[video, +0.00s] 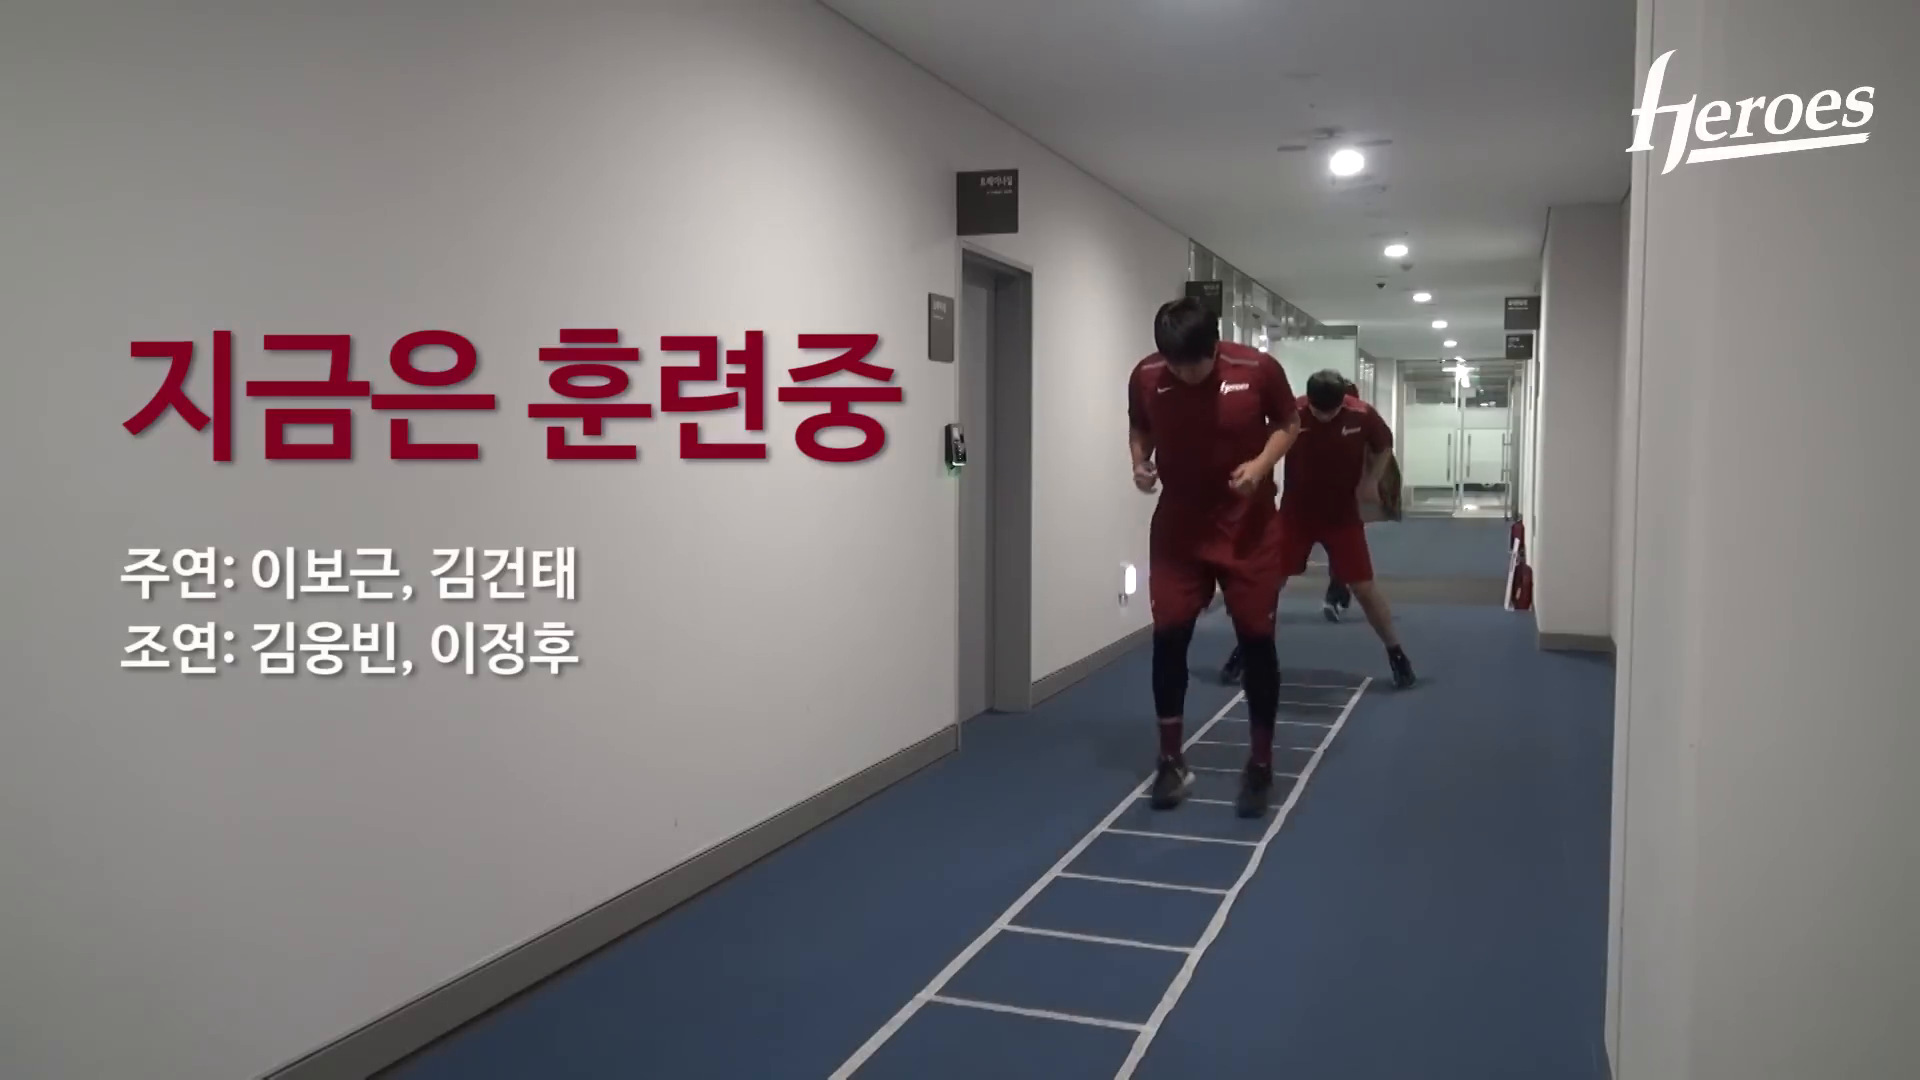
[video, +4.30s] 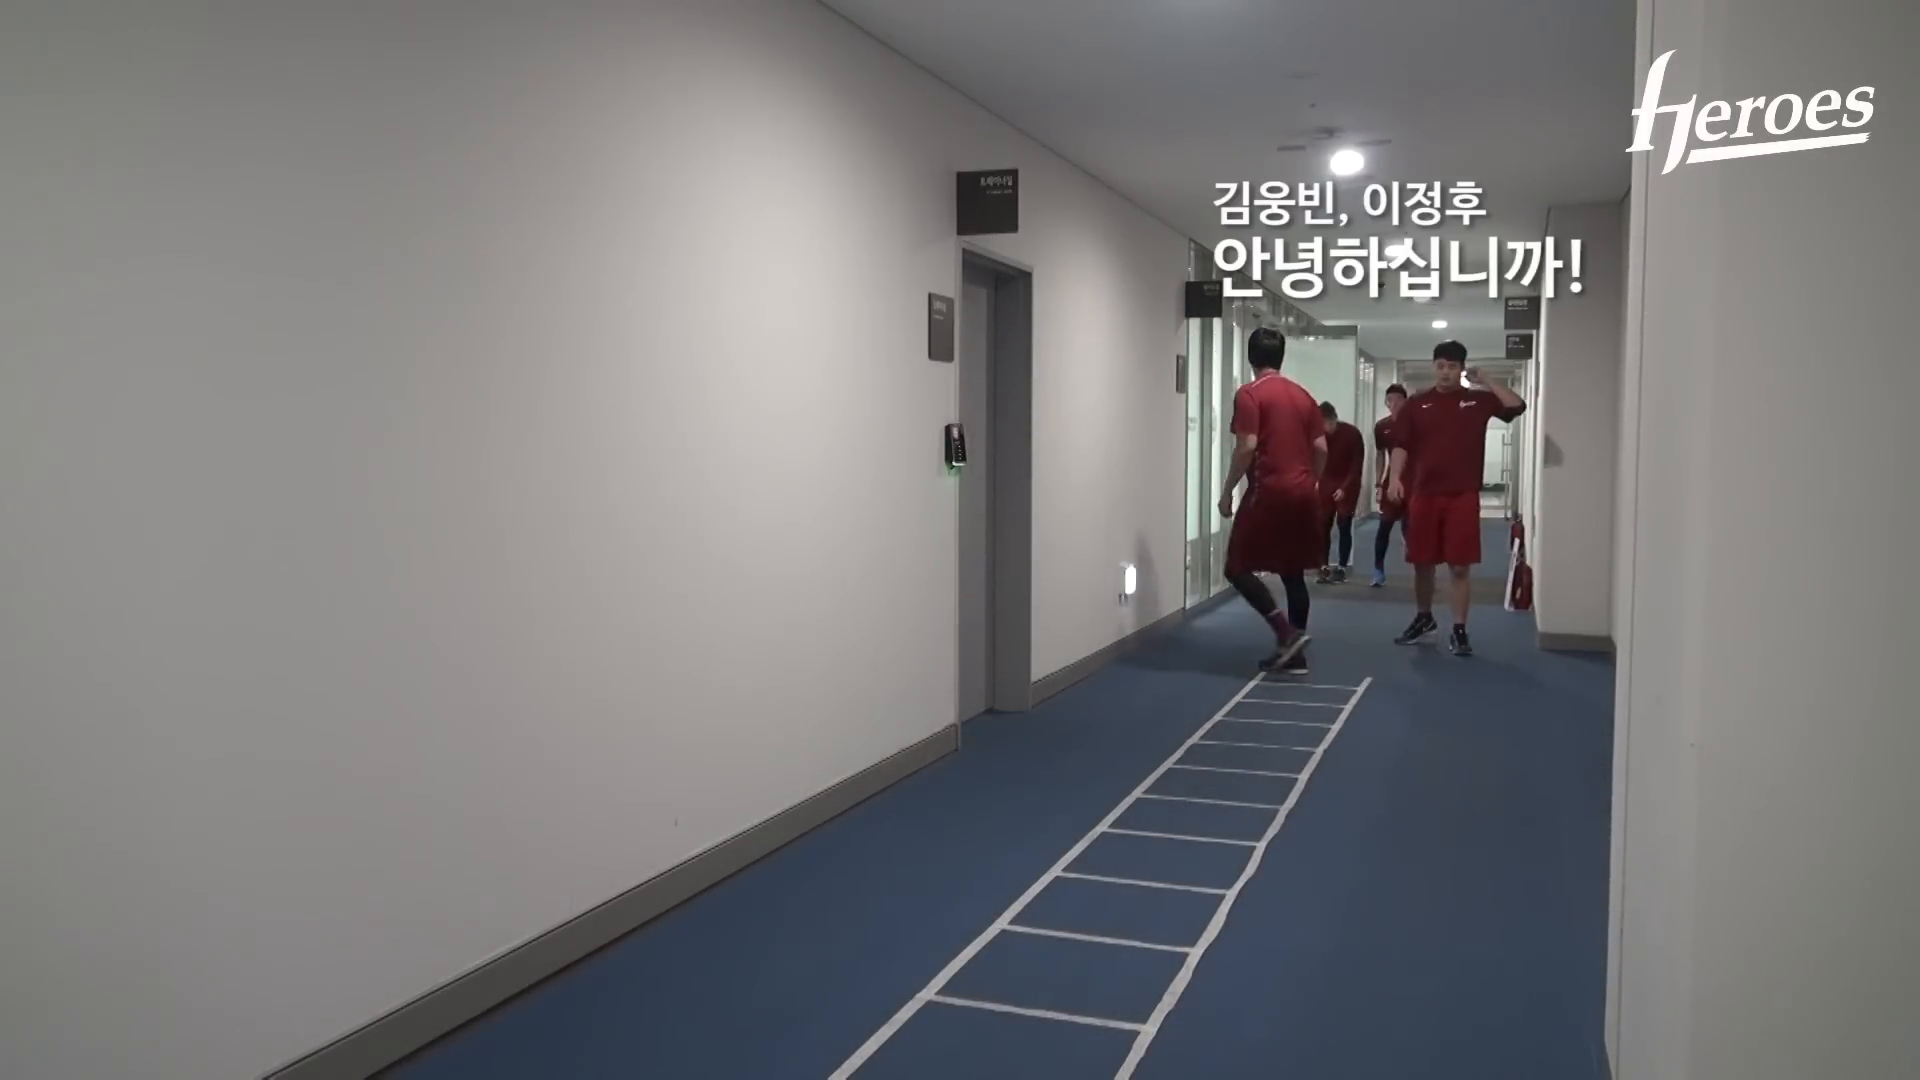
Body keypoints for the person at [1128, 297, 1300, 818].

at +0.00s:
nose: (1187, 375)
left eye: (1195, 365)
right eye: (1178, 367)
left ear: (1214, 346)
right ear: (1164, 352)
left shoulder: (1259, 370)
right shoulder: (1148, 379)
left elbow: (1290, 421)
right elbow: (1140, 425)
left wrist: (1262, 463)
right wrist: (1141, 460)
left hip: (1248, 525)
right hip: (1179, 524)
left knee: (1256, 639)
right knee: (1168, 635)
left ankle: (1260, 764)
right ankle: (1170, 761)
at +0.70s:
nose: (1176, 390)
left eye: (1179, 380)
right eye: (1171, 383)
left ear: (1201, 359)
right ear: (1181, 369)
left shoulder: (1272, 366)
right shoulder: (1179, 392)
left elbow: (1316, 412)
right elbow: (1189, 431)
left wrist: (1306, 471)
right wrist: (1170, 472)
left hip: (1276, 514)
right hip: (1213, 514)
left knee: (1289, 620)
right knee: (1191, 617)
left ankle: (1297, 735)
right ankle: (1190, 725)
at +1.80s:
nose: (1200, 384)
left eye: (1200, 375)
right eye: (1196, 378)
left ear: (1218, 359)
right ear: (1213, 363)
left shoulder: (1280, 376)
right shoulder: (1212, 398)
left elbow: (1340, 404)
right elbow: (1216, 443)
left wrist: (1354, 418)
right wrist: (1183, 469)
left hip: (1291, 504)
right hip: (1239, 506)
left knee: (1292, 602)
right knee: (1226, 603)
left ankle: (1298, 693)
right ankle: (1249, 687)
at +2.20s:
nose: (1242, 365)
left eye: (1250, 356)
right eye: (1235, 358)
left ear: (1269, 357)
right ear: (1230, 361)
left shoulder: (1299, 397)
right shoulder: (1224, 404)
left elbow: (1334, 445)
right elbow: (1217, 444)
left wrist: (1299, 447)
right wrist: (1211, 467)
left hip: (1295, 523)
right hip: (1241, 523)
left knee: (1325, 607)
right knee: (1204, 604)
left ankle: (1349, 692)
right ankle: (1196, 686)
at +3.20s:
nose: (1226, 378)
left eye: (1225, 369)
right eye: (1222, 371)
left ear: (1238, 360)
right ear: (1237, 362)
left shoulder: (1298, 378)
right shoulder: (1246, 395)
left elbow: (1344, 414)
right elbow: (1261, 446)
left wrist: (1325, 459)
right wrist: (1247, 476)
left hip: (1308, 495)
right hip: (1263, 497)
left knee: (1315, 579)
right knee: (1251, 577)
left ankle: (1321, 656)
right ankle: (1260, 660)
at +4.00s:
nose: (1258, 362)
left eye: (1258, 356)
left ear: (1261, 358)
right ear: (1291, 358)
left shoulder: (1273, 391)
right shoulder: (1306, 392)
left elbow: (1284, 440)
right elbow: (1325, 443)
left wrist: (1257, 473)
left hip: (1296, 493)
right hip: (1320, 491)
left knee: (1301, 575)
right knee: (1297, 573)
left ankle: (1340, 658)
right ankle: (1293, 652)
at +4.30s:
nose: (1249, 361)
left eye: (1249, 355)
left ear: (1251, 358)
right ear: (1281, 358)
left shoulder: (1249, 393)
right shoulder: (1302, 394)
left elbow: (1247, 447)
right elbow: (1321, 447)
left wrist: (1228, 490)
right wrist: (1312, 484)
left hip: (1268, 493)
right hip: (1304, 493)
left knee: (1236, 569)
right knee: (1292, 571)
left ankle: (1286, 634)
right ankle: (1295, 654)